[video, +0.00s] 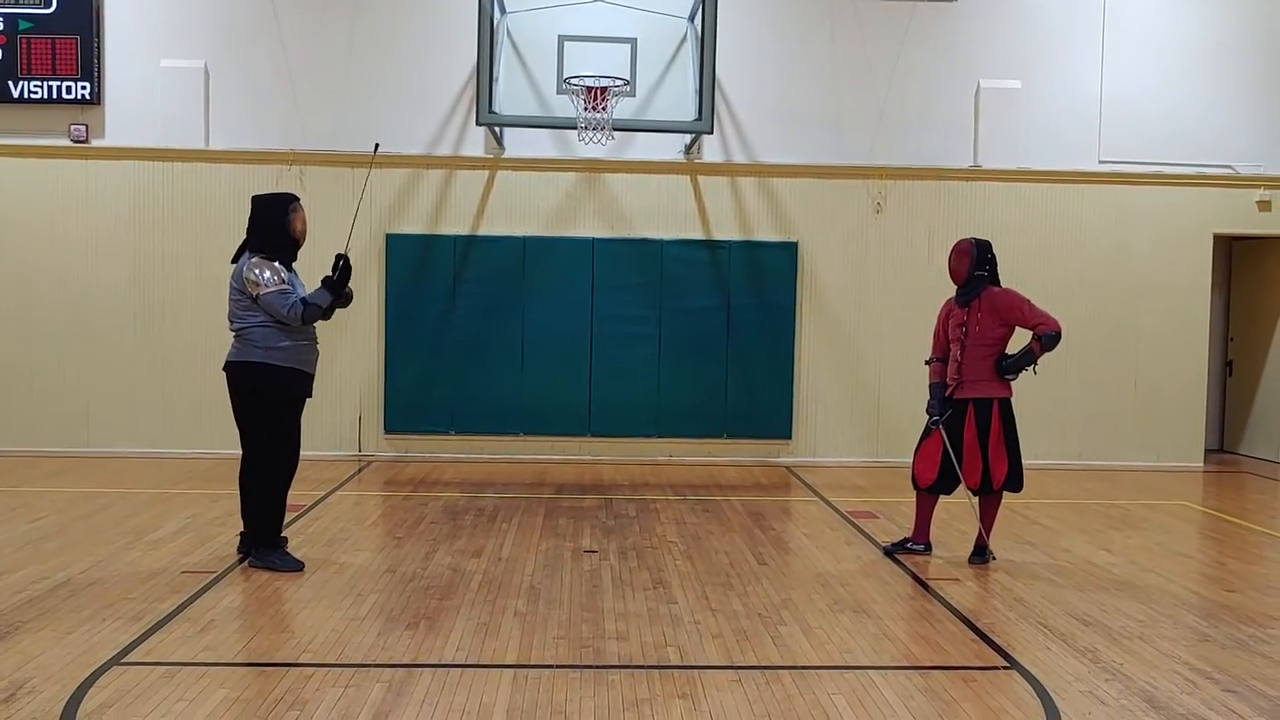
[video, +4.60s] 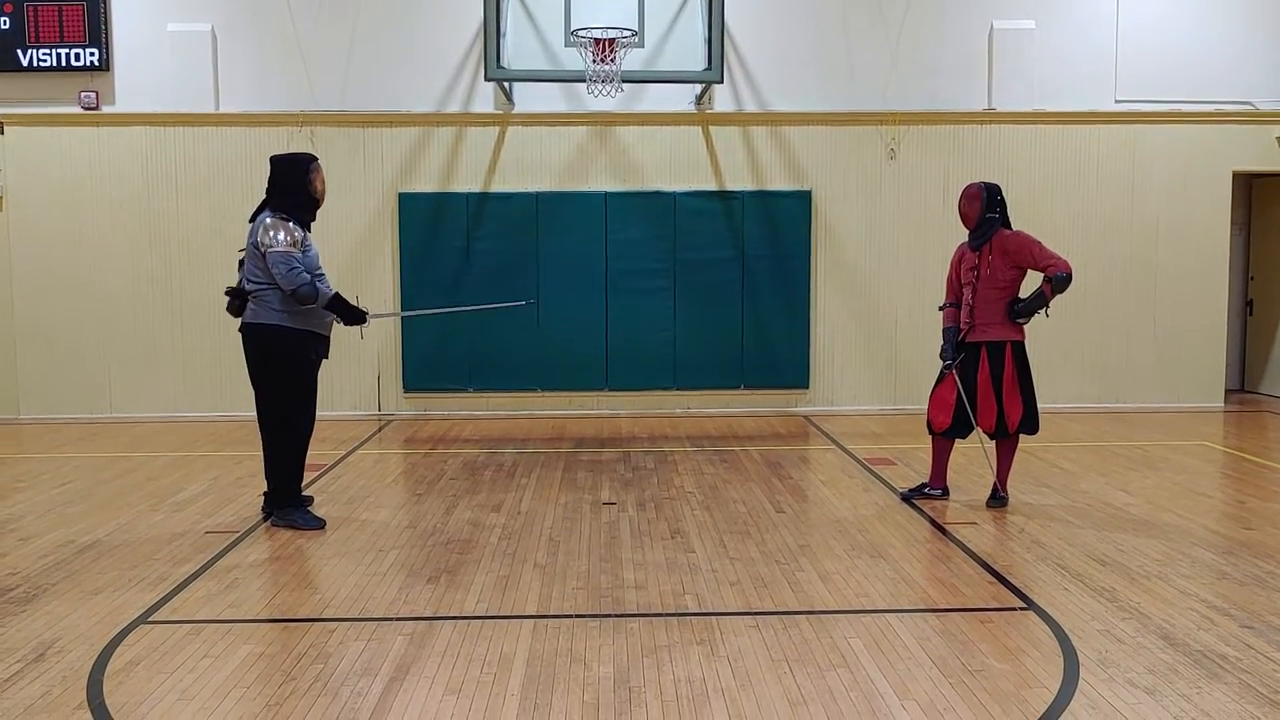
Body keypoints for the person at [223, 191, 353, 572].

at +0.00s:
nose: (304, 228)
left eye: (303, 220)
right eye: (299, 220)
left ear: (277, 223)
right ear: (279, 222)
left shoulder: (277, 266)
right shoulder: (259, 265)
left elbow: (303, 310)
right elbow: (294, 312)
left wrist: (332, 297)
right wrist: (328, 292)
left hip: (280, 375)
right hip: (261, 374)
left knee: (277, 457)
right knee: (268, 458)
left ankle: (262, 538)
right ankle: (262, 545)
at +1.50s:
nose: (306, 209)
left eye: (305, 201)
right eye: (300, 201)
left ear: (275, 206)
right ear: (281, 205)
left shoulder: (272, 250)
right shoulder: (259, 249)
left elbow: (285, 306)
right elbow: (261, 309)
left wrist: (314, 332)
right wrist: (297, 338)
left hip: (274, 355)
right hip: (263, 356)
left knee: (267, 438)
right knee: (276, 440)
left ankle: (255, 520)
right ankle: (261, 527)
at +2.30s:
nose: (317, 200)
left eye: (317, 192)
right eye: (312, 192)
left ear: (292, 196)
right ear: (290, 193)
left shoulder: (287, 237)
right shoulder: (261, 234)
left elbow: (298, 287)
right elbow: (286, 281)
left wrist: (306, 344)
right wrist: (337, 307)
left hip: (288, 343)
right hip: (264, 342)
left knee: (286, 424)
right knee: (271, 425)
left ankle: (271, 501)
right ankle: (266, 509)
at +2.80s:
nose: (321, 190)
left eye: (320, 182)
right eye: (315, 182)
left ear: (298, 185)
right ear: (294, 184)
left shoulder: (292, 230)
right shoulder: (269, 226)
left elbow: (296, 284)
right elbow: (299, 268)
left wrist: (329, 299)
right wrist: (355, 272)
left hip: (295, 337)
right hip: (273, 336)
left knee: (293, 422)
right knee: (280, 422)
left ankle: (277, 497)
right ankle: (274, 506)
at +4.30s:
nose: (324, 195)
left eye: (324, 187)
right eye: (319, 187)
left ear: (292, 190)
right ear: (301, 190)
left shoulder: (288, 233)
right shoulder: (279, 233)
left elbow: (305, 289)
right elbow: (301, 290)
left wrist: (340, 315)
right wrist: (342, 315)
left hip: (291, 340)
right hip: (280, 341)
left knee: (293, 423)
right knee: (292, 424)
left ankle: (285, 501)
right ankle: (282, 511)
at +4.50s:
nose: (325, 191)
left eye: (324, 182)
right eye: (320, 183)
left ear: (295, 187)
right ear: (301, 186)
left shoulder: (286, 227)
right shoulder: (278, 229)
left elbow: (254, 276)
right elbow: (296, 283)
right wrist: (340, 309)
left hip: (291, 337)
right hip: (277, 337)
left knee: (293, 419)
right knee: (288, 420)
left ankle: (283, 498)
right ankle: (283, 507)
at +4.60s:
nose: (324, 186)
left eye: (322, 178)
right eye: (318, 178)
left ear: (292, 183)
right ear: (300, 182)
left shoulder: (283, 222)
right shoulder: (278, 224)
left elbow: (249, 266)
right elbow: (295, 280)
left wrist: (242, 290)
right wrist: (339, 304)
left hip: (287, 334)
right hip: (277, 334)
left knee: (292, 416)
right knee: (288, 417)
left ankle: (283, 494)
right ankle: (283, 504)